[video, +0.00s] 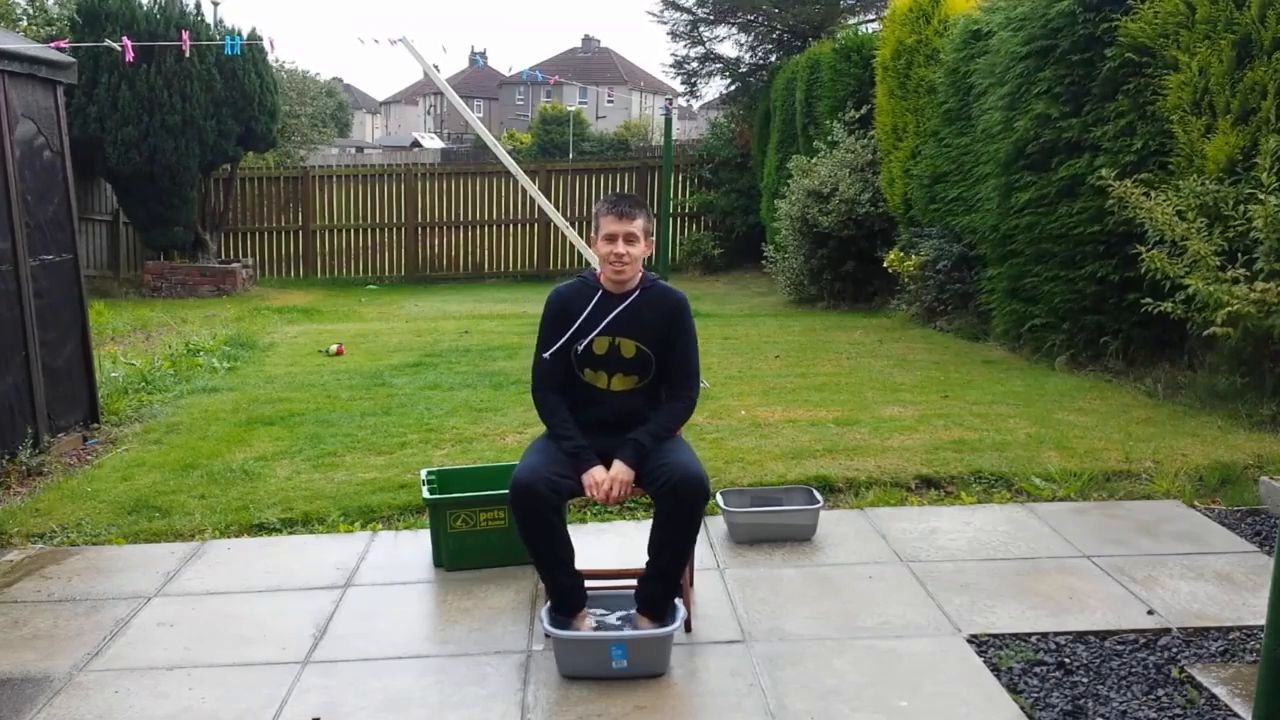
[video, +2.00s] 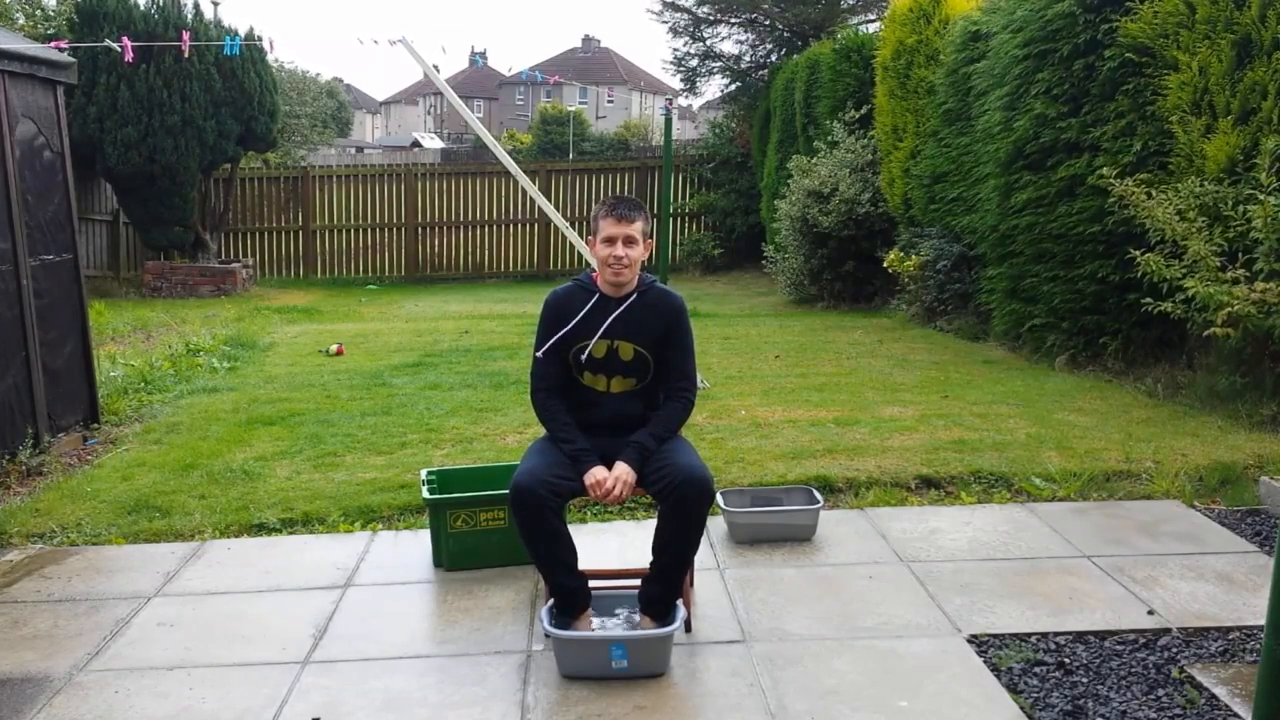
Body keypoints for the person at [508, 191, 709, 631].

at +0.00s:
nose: (618, 250)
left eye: (630, 239)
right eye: (609, 239)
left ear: (648, 247)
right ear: (594, 245)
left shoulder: (670, 305)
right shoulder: (565, 301)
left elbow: (683, 395)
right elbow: (546, 388)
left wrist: (631, 456)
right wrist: (586, 461)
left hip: (648, 435)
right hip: (574, 436)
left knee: (689, 484)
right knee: (527, 487)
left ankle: (654, 604)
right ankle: (569, 604)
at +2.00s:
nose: (618, 253)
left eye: (630, 242)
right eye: (608, 241)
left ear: (647, 249)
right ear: (591, 246)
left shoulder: (667, 307)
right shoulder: (562, 304)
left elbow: (681, 395)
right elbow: (545, 393)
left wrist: (633, 458)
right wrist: (587, 461)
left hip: (649, 436)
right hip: (574, 438)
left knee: (694, 485)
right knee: (527, 489)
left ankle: (656, 606)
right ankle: (573, 606)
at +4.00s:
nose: (617, 249)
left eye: (628, 240)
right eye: (607, 239)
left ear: (645, 248)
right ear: (589, 246)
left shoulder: (666, 307)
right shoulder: (562, 304)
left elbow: (680, 396)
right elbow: (545, 394)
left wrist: (633, 458)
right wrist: (586, 461)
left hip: (648, 436)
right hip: (574, 437)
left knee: (693, 484)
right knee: (527, 489)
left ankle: (658, 603)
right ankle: (571, 603)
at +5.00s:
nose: (617, 248)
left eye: (628, 239)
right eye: (606, 238)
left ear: (644, 247)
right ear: (589, 246)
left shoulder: (665, 306)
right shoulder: (561, 304)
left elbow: (679, 394)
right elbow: (545, 393)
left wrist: (633, 459)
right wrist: (587, 461)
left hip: (648, 435)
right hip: (574, 437)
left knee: (693, 484)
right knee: (528, 489)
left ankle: (657, 605)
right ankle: (572, 605)